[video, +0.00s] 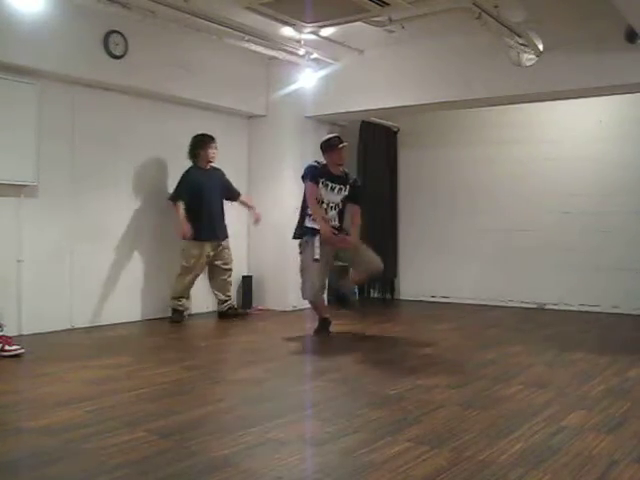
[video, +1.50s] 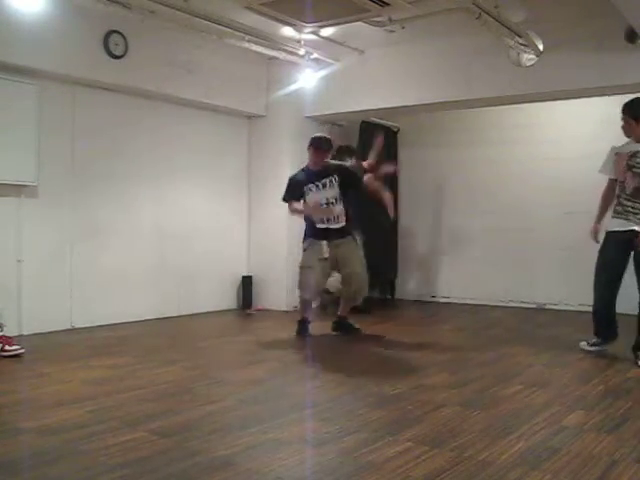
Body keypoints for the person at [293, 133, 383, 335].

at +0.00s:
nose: (340, 156)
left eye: (342, 151)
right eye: (335, 152)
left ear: (345, 152)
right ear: (326, 154)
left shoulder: (351, 182)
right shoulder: (314, 171)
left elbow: (354, 213)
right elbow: (312, 202)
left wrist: (354, 237)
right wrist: (324, 226)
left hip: (340, 234)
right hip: (314, 234)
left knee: (373, 265)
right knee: (311, 290)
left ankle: (343, 286)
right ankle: (323, 318)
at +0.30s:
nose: (336, 155)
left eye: (339, 150)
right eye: (332, 150)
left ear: (341, 150)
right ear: (322, 150)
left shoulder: (347, 172)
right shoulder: (311, 179)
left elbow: (358, 198)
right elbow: (303, 213)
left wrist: (370, 221)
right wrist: (323, 228)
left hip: (358, 234)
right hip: (334, 237)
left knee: (369, 280)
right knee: (332, 283)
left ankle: (348, 318)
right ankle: (325, 319)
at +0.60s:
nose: (339, 149)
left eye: (342, 145)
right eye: (335, 145)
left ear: (346, 142)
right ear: (326, 142)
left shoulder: (351, 157)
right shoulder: (314, 154)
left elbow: (372, 162)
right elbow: (298, 169)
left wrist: (350, 156)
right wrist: (325, 161)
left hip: (347, 224)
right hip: (323, 224)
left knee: (352, 275)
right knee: (325, 274)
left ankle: (345, 317)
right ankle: (317, 316)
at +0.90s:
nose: (335, 149)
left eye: (336, 144)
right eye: (333, 145)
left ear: (337, 144)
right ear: (325, 144)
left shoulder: (342, 165)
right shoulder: (304, 164)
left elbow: (323, 188)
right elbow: (283, 185)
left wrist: (294, 204)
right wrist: (268, 203)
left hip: (333, 227)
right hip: (309, 228)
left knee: (338, 277)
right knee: (307, 278)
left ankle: (338, 318)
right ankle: (304, 319)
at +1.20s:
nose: (319, 145)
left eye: (323, 141)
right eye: (316, 141)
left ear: (329, 143)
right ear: (310, 142)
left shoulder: (337, 167)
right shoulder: (300, 163)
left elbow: (339, 196)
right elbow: (291, 188)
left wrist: (315, 201)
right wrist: (283, 206)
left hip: (329, 232)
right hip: (302, 231)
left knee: (340, 279)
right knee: (295, 278)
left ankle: (337, 317)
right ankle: (301, 318)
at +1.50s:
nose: (319, 157)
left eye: (324, 153)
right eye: (316, 152)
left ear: (329, 154)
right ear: (309, 151)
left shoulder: (341, 171)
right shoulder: (299, 179)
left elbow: (367, 182)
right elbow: (292, 206)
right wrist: (307, 210)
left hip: (344, 238)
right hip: (316, 240)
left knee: (356, 280)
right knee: (309, 283)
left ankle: (342, 319)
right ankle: (304, 321)